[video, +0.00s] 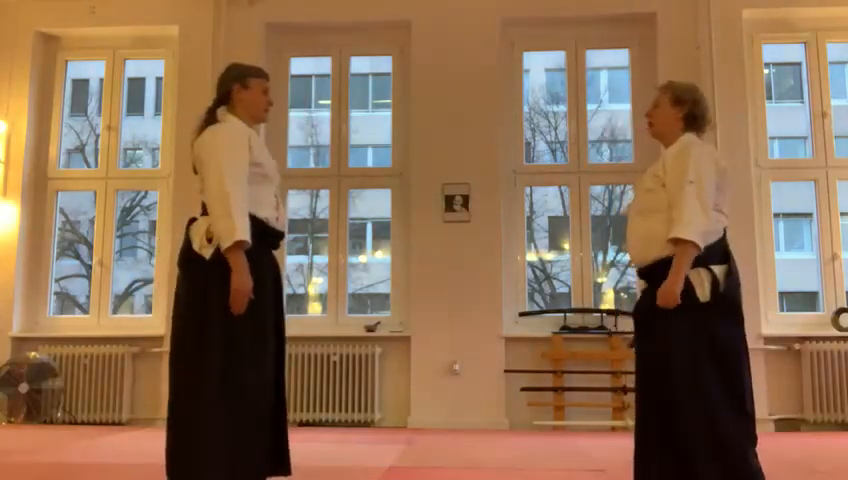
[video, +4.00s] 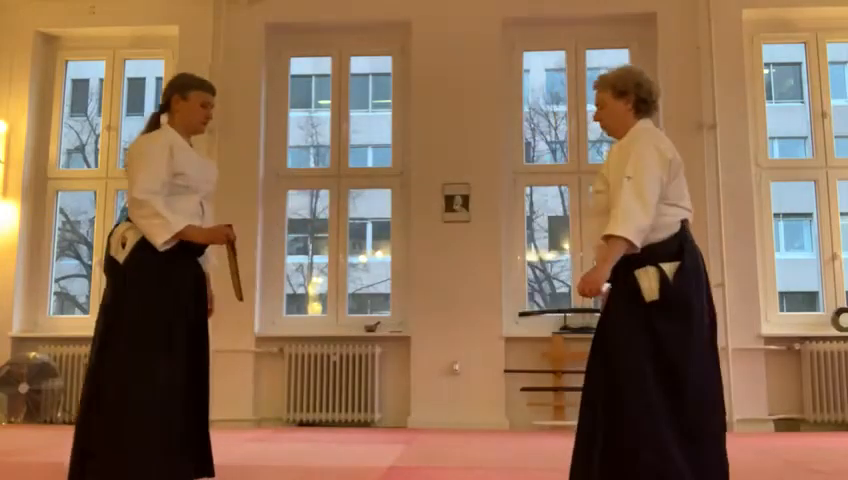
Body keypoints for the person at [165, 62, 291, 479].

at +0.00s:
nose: (270, 99)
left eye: (269, 92)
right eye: (263, 92)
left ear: (246, 96)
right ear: (237, 94)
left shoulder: (246, 136)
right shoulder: (225, 134)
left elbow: (245, 201)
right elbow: (223, 197)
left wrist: (264, 256)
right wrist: (238, 263)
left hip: (248, 256)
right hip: (227, 259)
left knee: (246, 368)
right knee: (229, 368)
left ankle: (241, 463)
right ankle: (225, 466)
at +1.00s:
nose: (269, 100)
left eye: (269, 93)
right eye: (263, 92)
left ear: (244, 96)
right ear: (236, 94)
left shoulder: (243, 136)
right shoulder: (225, 134)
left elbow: (241, 202)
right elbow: (222, 199)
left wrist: (262, 258)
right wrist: (239, 265)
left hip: (247, 257)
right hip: (229, 260)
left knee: (245, 367)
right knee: (231, 367)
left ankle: (241, 463)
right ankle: (227, 465)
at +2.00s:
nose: (268, 101)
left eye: (269, 94)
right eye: (262, 93)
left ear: (242, 96)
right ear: (235, 93)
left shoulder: (238, 134)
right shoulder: (226, 132)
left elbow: (234, 198)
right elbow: (224, 197)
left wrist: (258, 257)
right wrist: (245, 262)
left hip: (237, 257)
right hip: (229, 260)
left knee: (239, 368)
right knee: (232, 368)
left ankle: (236, 464)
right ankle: (230, 466)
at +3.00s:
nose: (279, 105)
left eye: (280, 97)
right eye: (273, 95)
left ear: (248, 93)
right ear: (247, 90)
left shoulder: (237, 133)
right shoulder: (237, 133)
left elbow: (261, 199)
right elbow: (258, 199)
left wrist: (317, 202)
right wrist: (319, 202)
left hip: (212, 252)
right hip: (223, 256)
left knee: (216, 363)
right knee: (231, 362)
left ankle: (212, 466)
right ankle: (230, 467)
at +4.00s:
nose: (208, 115)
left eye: (210, 109)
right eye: (203, 106)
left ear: (190, 109)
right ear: (176, 102)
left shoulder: (188, 153)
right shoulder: (153, 142)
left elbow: (188, 221)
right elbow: (140, 204)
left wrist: (203, 281)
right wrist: (194, 234)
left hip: (180, 266)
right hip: (150, 265)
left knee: (177, 368)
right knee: (147, 368)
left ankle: (170, 465)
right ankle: (139, 465)